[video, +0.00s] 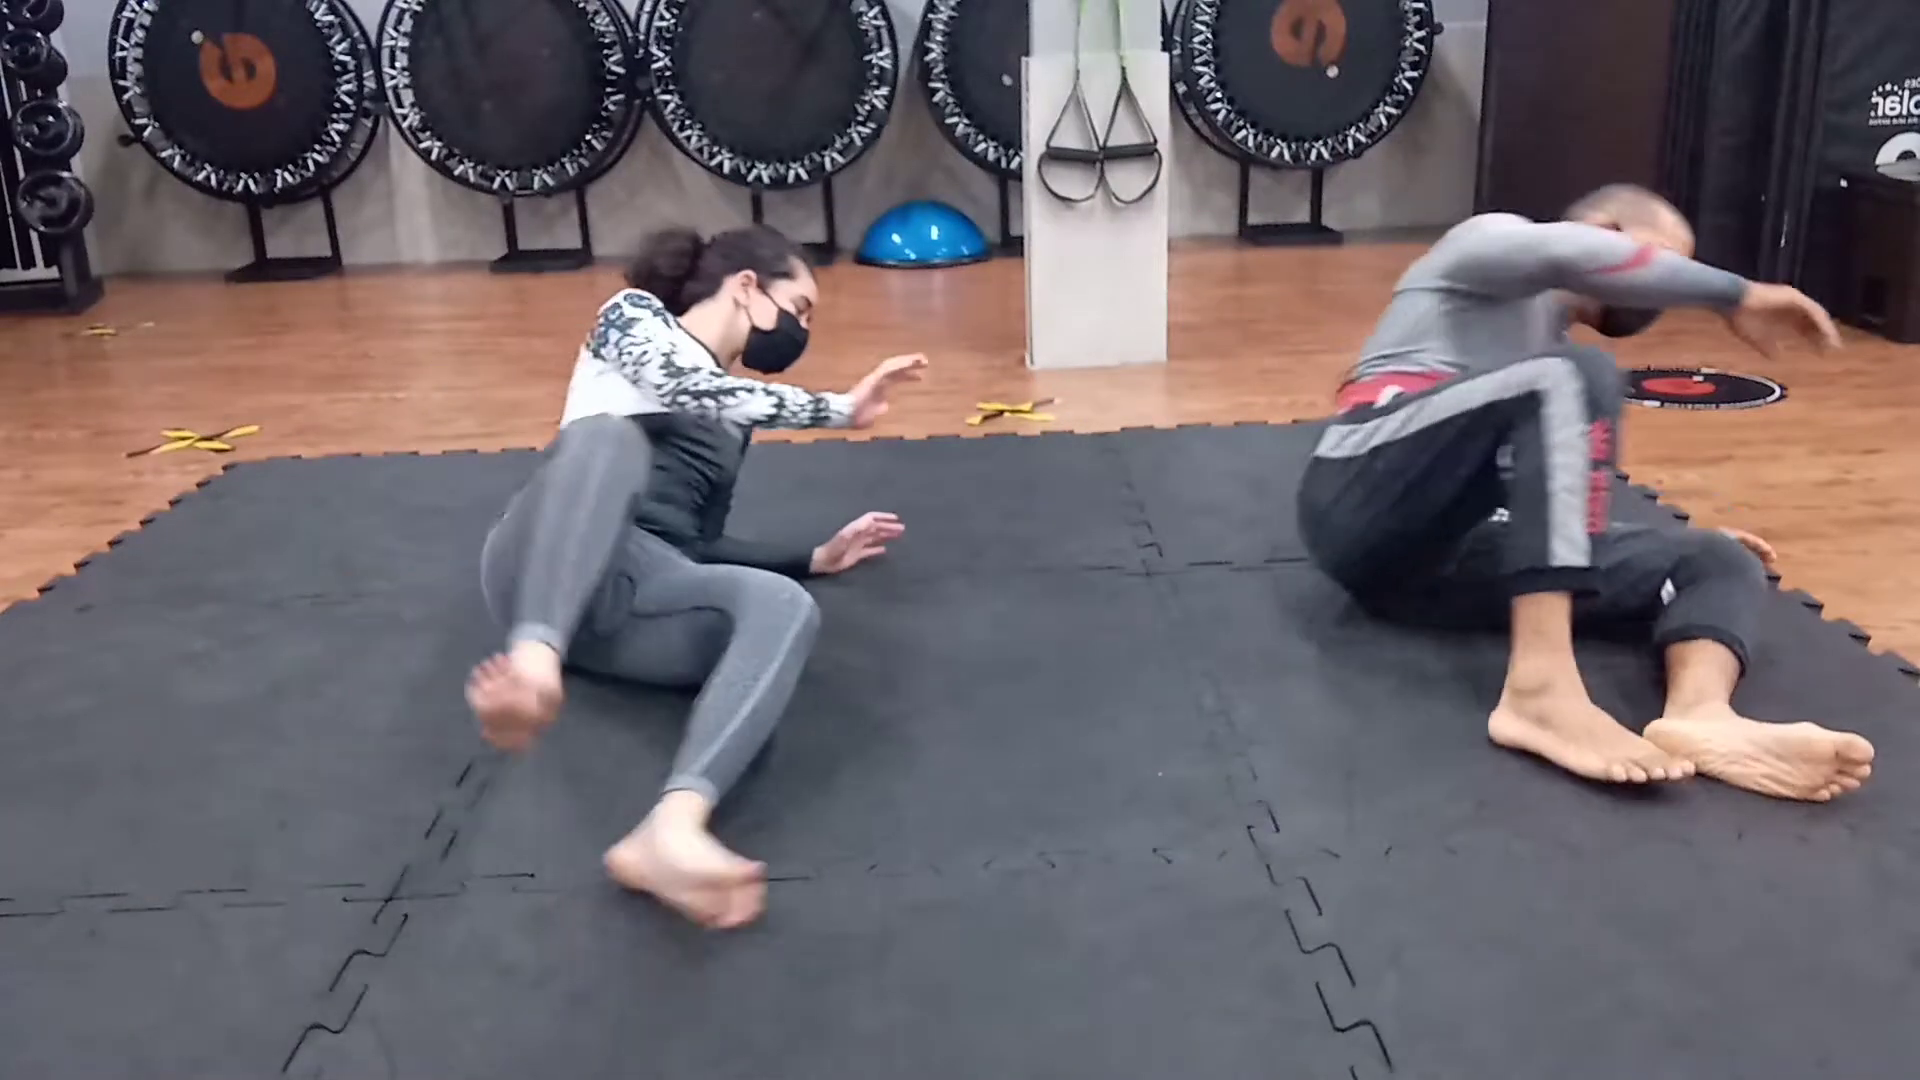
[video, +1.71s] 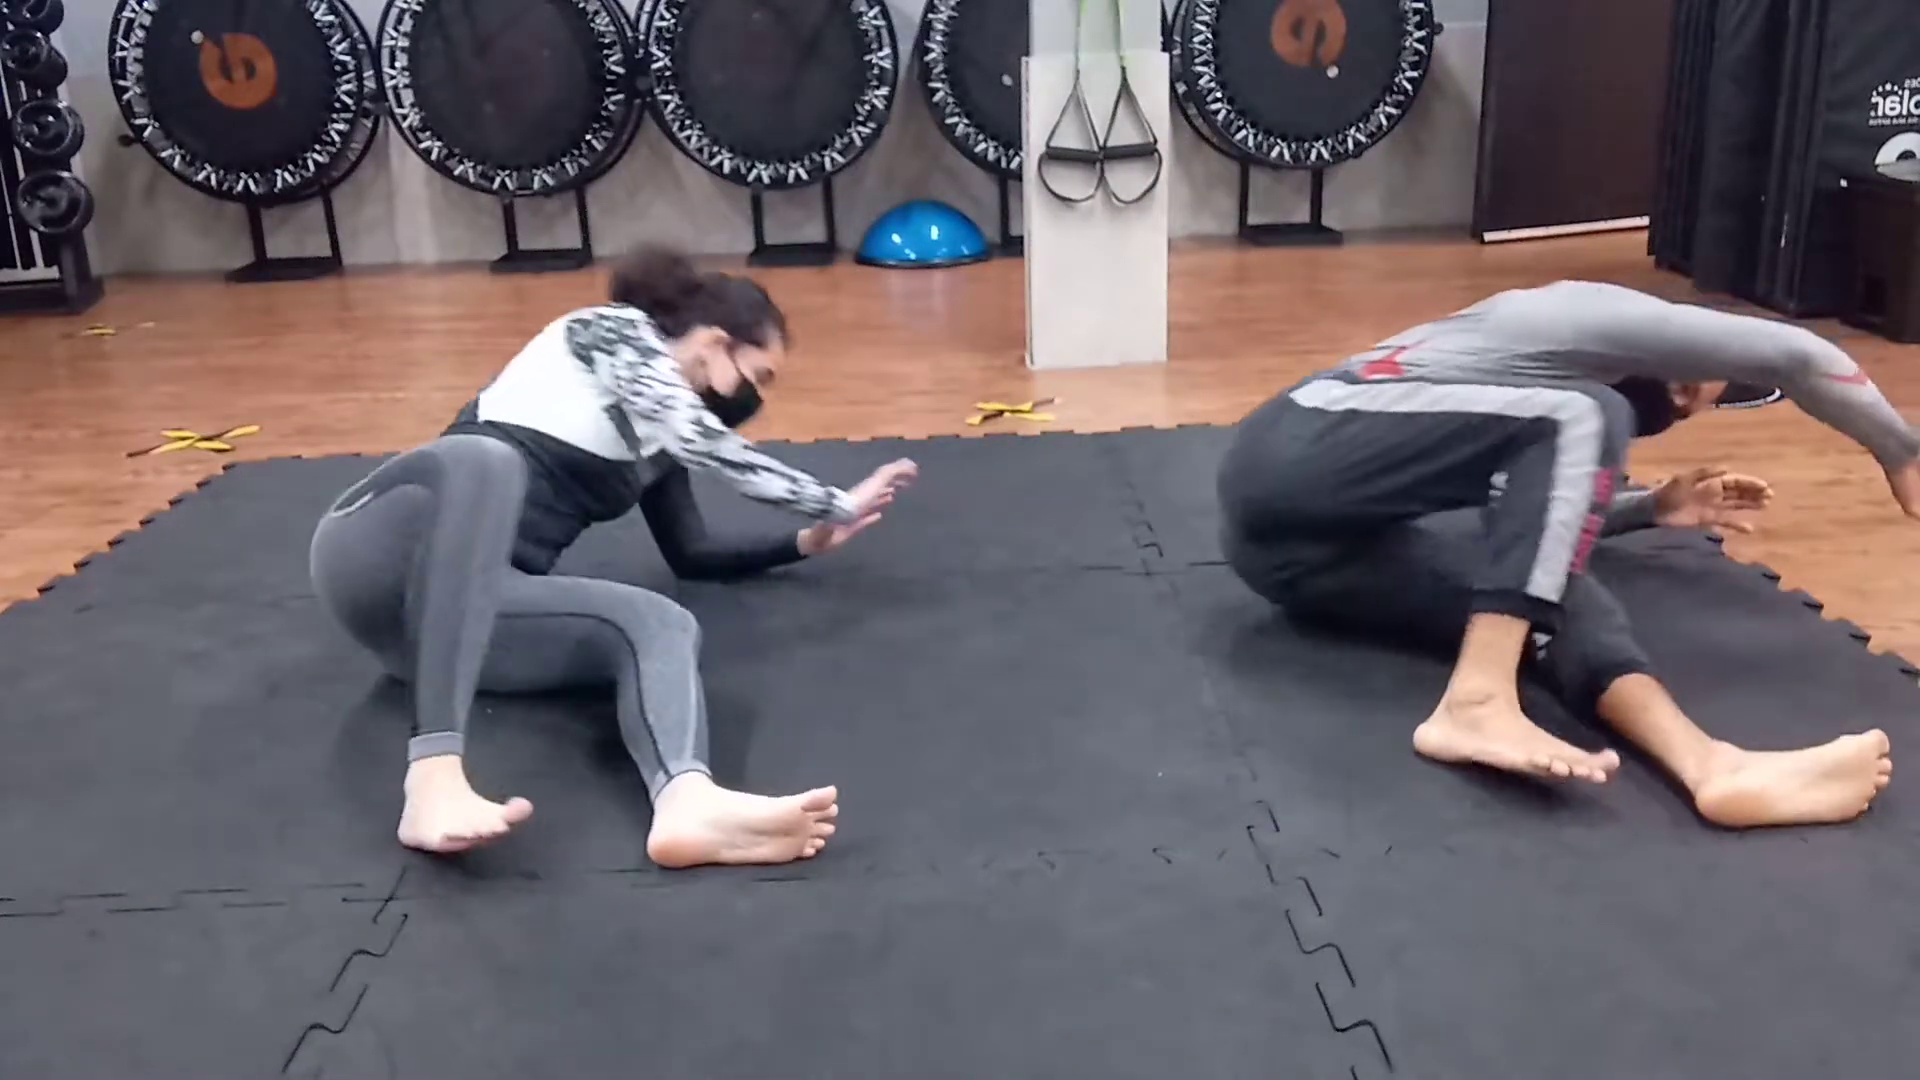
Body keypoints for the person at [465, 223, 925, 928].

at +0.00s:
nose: (804, 332)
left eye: (809, 319)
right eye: (800, 310)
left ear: (745, 296)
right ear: (744, 288)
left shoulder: (731, 418)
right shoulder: (631, 317)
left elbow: (690, 546)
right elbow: (696, 387)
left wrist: (815, 561)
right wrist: (840, 410)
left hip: (651, 600)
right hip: (559, 562)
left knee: (785, 603)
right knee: (608, 435)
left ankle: (672, 828)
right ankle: (533, 667)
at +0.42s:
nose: (797, 341)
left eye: (802, 330)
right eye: (796, 321)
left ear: (746, 304)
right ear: (747, 295)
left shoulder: (731, 401)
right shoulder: (656, 315)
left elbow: (678, 548)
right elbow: (731, 390)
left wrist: (812, 558)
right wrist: (887, 431)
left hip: (644, 605)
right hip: (563, 565)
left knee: (865, 635)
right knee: (716, 429)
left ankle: (763, 815)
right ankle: (588, 700)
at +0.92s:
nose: (808, 371)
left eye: (815, 359)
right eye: (808, 350)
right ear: (772, 313)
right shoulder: (720, 307)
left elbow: (659, 523)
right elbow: (819, 400)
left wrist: (814, 550)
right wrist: (947, 463)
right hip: (555, 522)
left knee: (857, 629)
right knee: (781, 520)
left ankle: (748, 781)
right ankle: (526, 715)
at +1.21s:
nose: (792, 433)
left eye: (798, 424)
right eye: (801, 415)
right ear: (793, 365)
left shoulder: (674, 418)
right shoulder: (743, 340)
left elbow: (673, 549)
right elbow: (863, 434)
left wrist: (809, 545)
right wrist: (970, 501)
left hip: (487, 603)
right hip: (476, 484)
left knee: (741, 632)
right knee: (712, 532)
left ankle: (708, 790)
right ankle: (476, 751)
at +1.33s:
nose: (806, 432)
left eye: (817, 417)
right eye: (814, 410)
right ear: (792, 375)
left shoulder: (673, 451)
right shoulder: (729, 355)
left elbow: (679, 554)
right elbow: (848, 453)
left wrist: (805, 546)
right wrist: (961, 510)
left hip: (491, 612)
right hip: (434, 504)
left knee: (703, 636)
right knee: (632, 510)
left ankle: (698, 803)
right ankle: (460, 779)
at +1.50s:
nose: (783, 430)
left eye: (795, 420)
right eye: (788, 410)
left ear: (750, 377)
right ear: (755, 363)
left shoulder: (663, 424)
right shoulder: (672, 354)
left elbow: (692, 556)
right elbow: (783, 464)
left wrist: (806, 543)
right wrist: (914, 514)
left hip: (465, 622)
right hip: (389, 545)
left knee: (670, 620)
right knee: (554, 480)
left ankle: (689, 796)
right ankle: (452, 779)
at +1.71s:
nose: (745, 397)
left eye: (755, 389)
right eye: (751, 376)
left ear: (711, 359)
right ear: (712, 338)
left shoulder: (659, 425)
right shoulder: (611, 329)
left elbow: (692, 550)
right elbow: (691, 433)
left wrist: (806, 543)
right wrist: (834, 501)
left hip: (480, 605)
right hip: (373, 555)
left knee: (657, 619)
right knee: (485, 463)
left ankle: (684, 795)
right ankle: (435, 770)